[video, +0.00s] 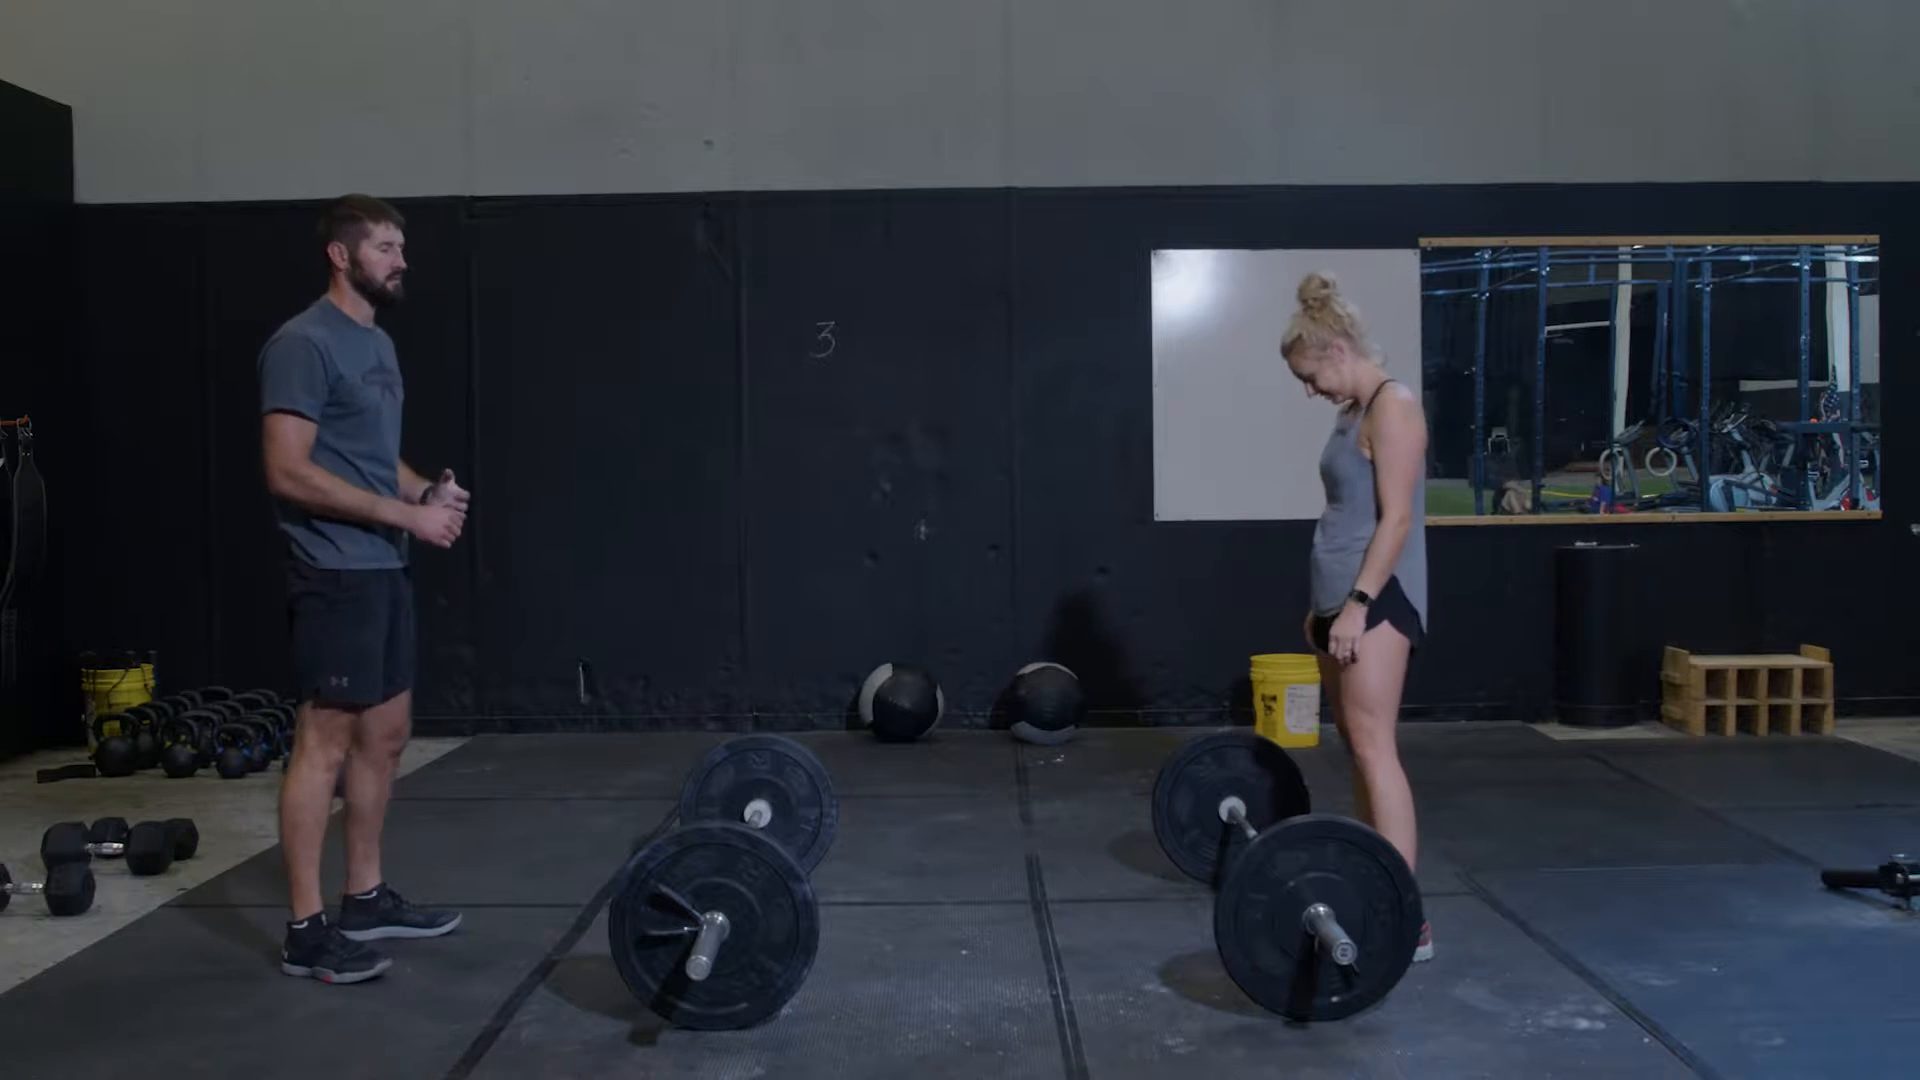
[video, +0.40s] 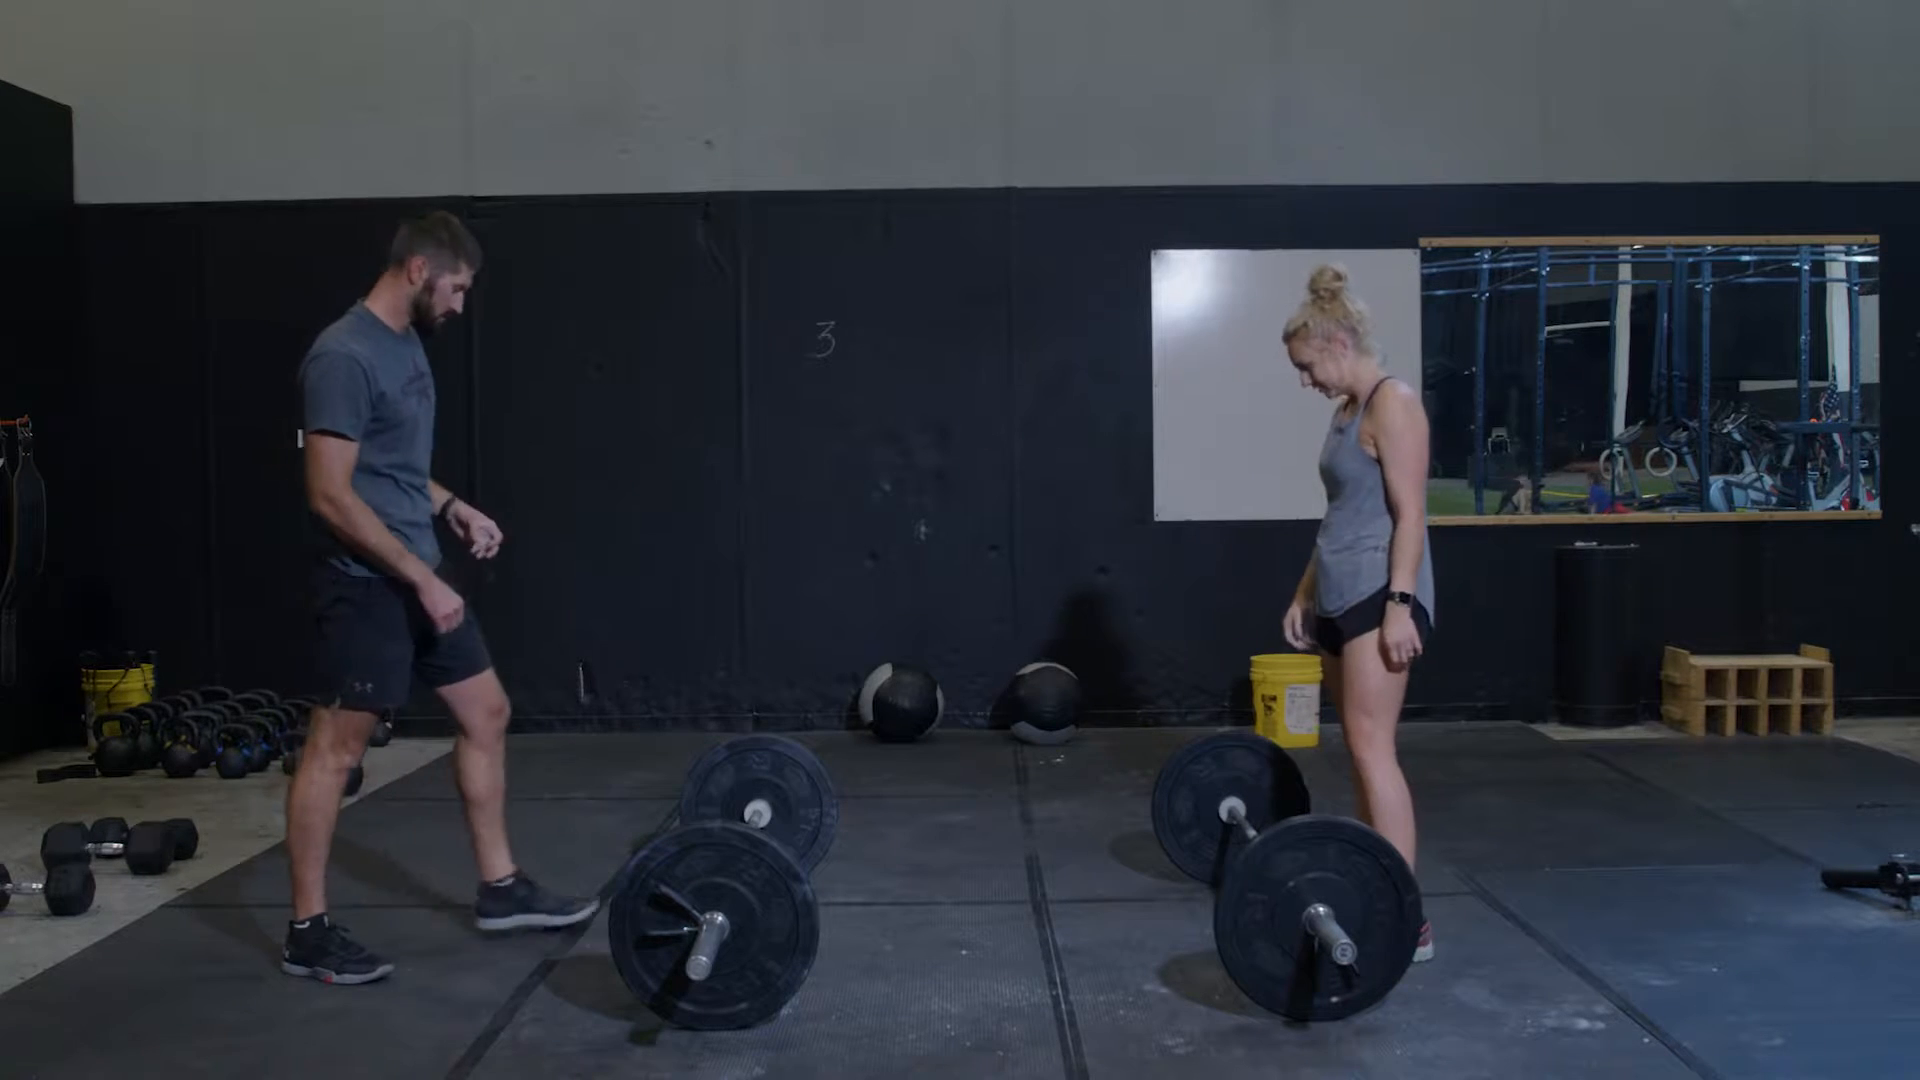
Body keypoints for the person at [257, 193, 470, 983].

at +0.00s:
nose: (398, 261)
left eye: (400, 249)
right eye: (385, 248)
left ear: (379, 259)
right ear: (340, 254)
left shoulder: (376, 344)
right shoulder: (301, 344)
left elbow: (369, 455)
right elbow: (286, 472)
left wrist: (424, 490)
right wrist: (405, 514)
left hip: (383, 570)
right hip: (331, 575)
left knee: (383, 736)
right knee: (322, 744)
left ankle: (366, 900)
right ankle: (306, 928)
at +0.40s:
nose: (458, 305)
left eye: (464, 291)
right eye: (455, 289)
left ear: (421, 275)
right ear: (416, 271)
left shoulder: (405, 348)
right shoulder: (343, 358)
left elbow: (394, 466)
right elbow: (328, 493)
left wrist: (454, 507)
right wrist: (423, 580)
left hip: (418, 570)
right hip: (360, 578)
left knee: (487, 716)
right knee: (336, 747)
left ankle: (499, 886)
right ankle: (307, 927)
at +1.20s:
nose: (728, 452)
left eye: (739, 444)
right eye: (733, 436)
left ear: (712, 405)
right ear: (709, 403)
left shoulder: (661, 438)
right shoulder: (629, 427)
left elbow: (661, 546)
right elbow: (611, 565)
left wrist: (685, 653)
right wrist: (656, 691)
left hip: (534, 565)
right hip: (487, 560)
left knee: (591, 720)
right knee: (552, 737)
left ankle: (584, 889)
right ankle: (559, 922)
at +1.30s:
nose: (745, 492)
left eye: (756, 485)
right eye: (750, 477)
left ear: (727, 444)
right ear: (729, 443)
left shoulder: (677, 468)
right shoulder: (652, 460)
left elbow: (680, 580)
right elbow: (649, 616)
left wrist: (701, 688)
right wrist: (693, 738)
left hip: (537, 575)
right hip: (489, 572)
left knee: (610, 711)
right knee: (575, 734)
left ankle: (591, 883)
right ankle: (564, 924)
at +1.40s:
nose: (759, 541)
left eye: (771, 532)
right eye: (766, 525)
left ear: (745, 489)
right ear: (746, 490)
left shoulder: (692, 502)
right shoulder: (673, 503)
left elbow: (701, 621)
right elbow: (680, 667)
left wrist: (718, 729)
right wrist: (720, 788)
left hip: (526, 582)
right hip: (489, 580)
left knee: (610, 719)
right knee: (590, 738)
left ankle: (592, 889)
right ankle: (567, 922)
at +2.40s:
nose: (802, 561)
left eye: (804, 547)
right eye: (797, 545)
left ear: (755, 541)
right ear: (756, 539)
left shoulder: (707, 582)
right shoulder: (691, 578)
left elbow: (703, 701)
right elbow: (675, 725)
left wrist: (707, 806)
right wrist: (690, 834)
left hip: (529, 628)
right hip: (486, 630)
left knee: (657, 724)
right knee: (625, 750)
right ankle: (566, 922)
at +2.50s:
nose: (801, 549)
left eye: (802, 534)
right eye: (794, 532)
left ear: (751, 531)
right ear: (752, 530)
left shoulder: (708, 582)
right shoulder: (693, 577)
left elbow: (698, 703)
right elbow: (669, 725)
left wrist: (692, 811)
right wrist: (678, 837)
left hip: (536, 631)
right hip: (491, 636)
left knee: (660, 727)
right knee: (631, 750)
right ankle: (575, 916)